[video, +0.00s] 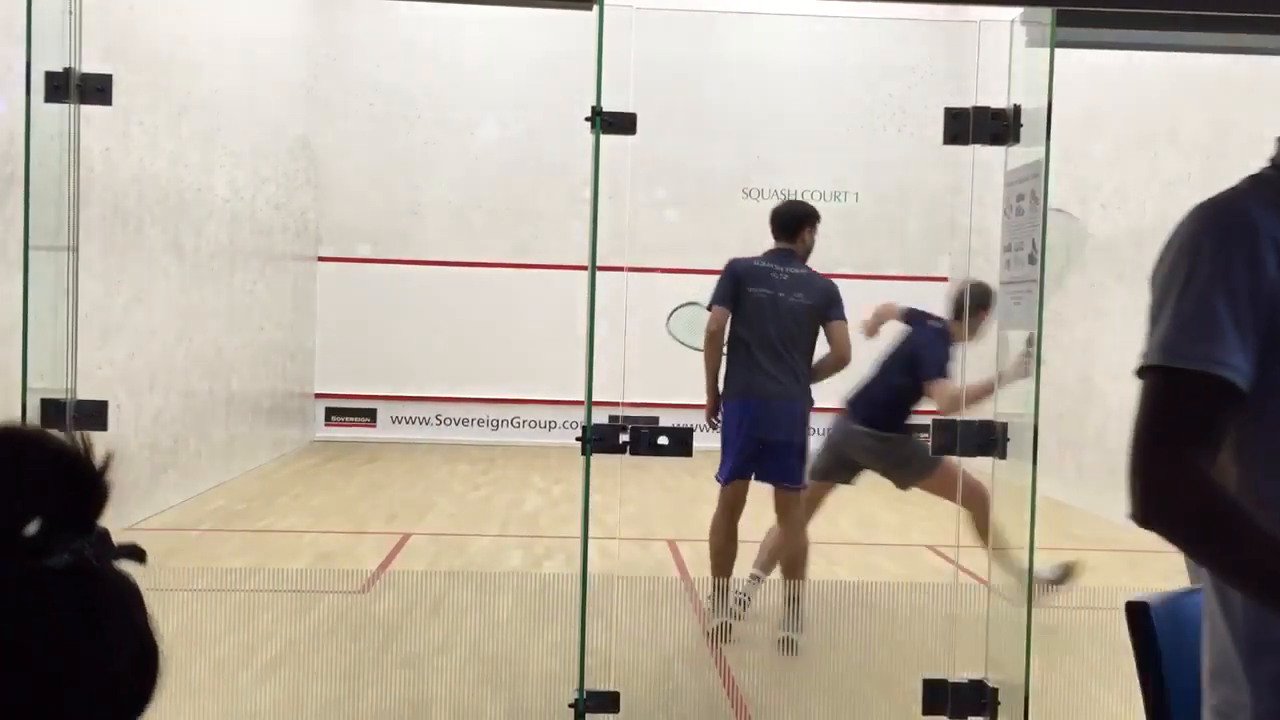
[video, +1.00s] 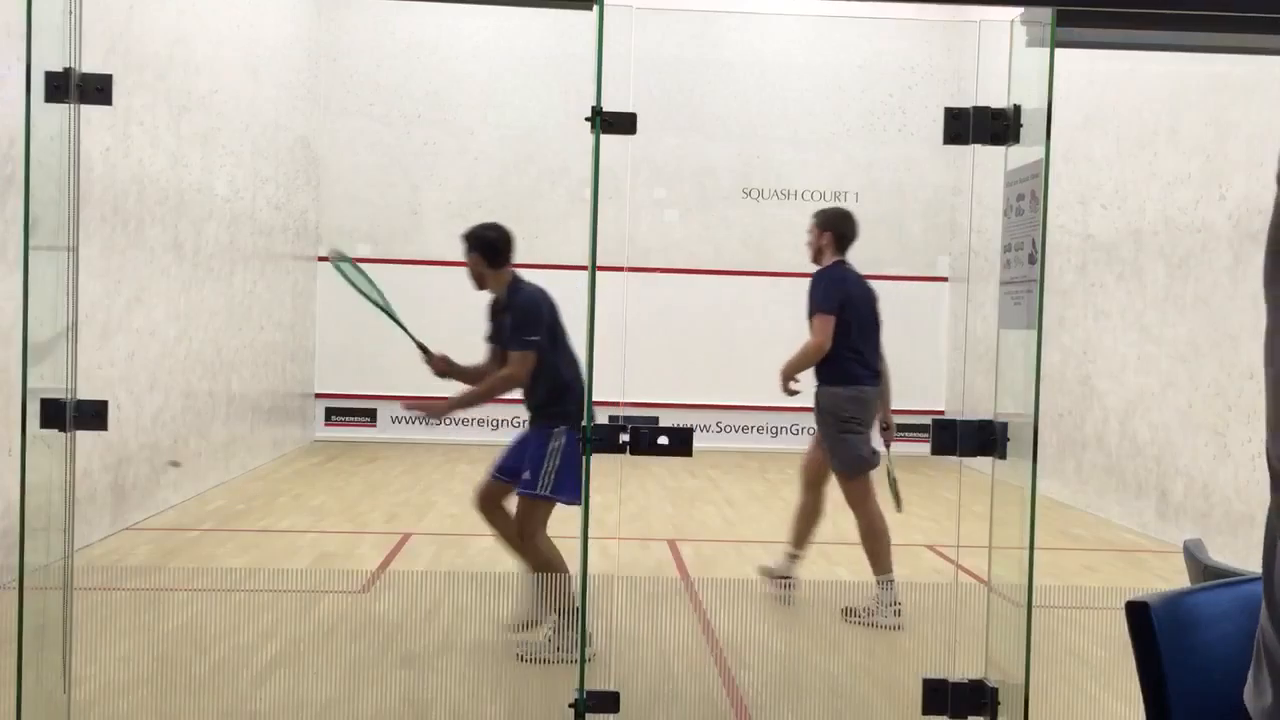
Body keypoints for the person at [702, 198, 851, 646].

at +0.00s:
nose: (816, 240)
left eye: (815, 233)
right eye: (815, 234)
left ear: (773, 232)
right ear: (806, 234)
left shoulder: (739, 270)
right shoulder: (822, 287)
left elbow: (713, 331)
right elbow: (841, 355)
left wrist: (712, 391)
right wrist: (805, 377)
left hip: (741, 406)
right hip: (790, 412)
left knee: (729, 505)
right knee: (791, 514)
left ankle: (719, 610)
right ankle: (793, 623)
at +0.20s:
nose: (781, 247)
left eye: (755, 238)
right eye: (786, 242)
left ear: (748, 241)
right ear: (787, 245)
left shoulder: (723, 281)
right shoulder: (806, 296)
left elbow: (705, 342)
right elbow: (820, 365)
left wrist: (690, 405)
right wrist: (782, 386)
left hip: (725, 413)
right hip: (774, 419)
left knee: (693, 511)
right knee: (766, 515)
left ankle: (667, 615)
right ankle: (765, 620)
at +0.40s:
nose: (714, 242)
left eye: (712, 236)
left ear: (710, 238)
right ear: (749, 240)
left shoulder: (695, 279)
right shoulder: (772, 291)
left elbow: (684, 344)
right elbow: (794, 358)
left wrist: (670, 405)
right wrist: (757, 382)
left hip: (701, 414)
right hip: (750, 419)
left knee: (652, 509)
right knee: (756, 514)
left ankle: (618, 608)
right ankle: (767, 618)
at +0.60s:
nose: (648, 263)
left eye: (648, 257)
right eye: (657, 256)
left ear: (651, 261)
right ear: (687, 261)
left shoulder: (647, 306)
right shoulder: (711, 309)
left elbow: (647, 374)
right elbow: (734, 378)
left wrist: (630, 443)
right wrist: (691, 394)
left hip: (663, 444)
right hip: (713, 444)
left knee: (595, 512)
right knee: (734, 528)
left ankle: (580, 621)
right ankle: (777, 618)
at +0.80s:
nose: (550, 263)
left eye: (553, 255)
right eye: (552, 255)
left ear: (566, 258)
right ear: (585, 256)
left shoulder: (592, 304)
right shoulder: (589, 300)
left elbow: (600, 378)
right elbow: (597, 375)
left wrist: (552, 437)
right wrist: (557, 400)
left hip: (608, 436)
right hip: (627, 433)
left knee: (545, 523)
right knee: (641, 531)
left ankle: (572, 631)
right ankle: (733, 598)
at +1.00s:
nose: (467, 269)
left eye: (470, 261)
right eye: (467, 261)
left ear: (488, 262)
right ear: (496, 260)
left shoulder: (528, 301)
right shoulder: (501, 305)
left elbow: (518, 373)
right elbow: (493, 370)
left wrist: (450, 405)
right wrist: (452, 371)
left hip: (564, 425)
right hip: (542, 424)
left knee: (529, 529)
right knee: (489, 499)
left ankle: (571, 628)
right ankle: (549, 588)